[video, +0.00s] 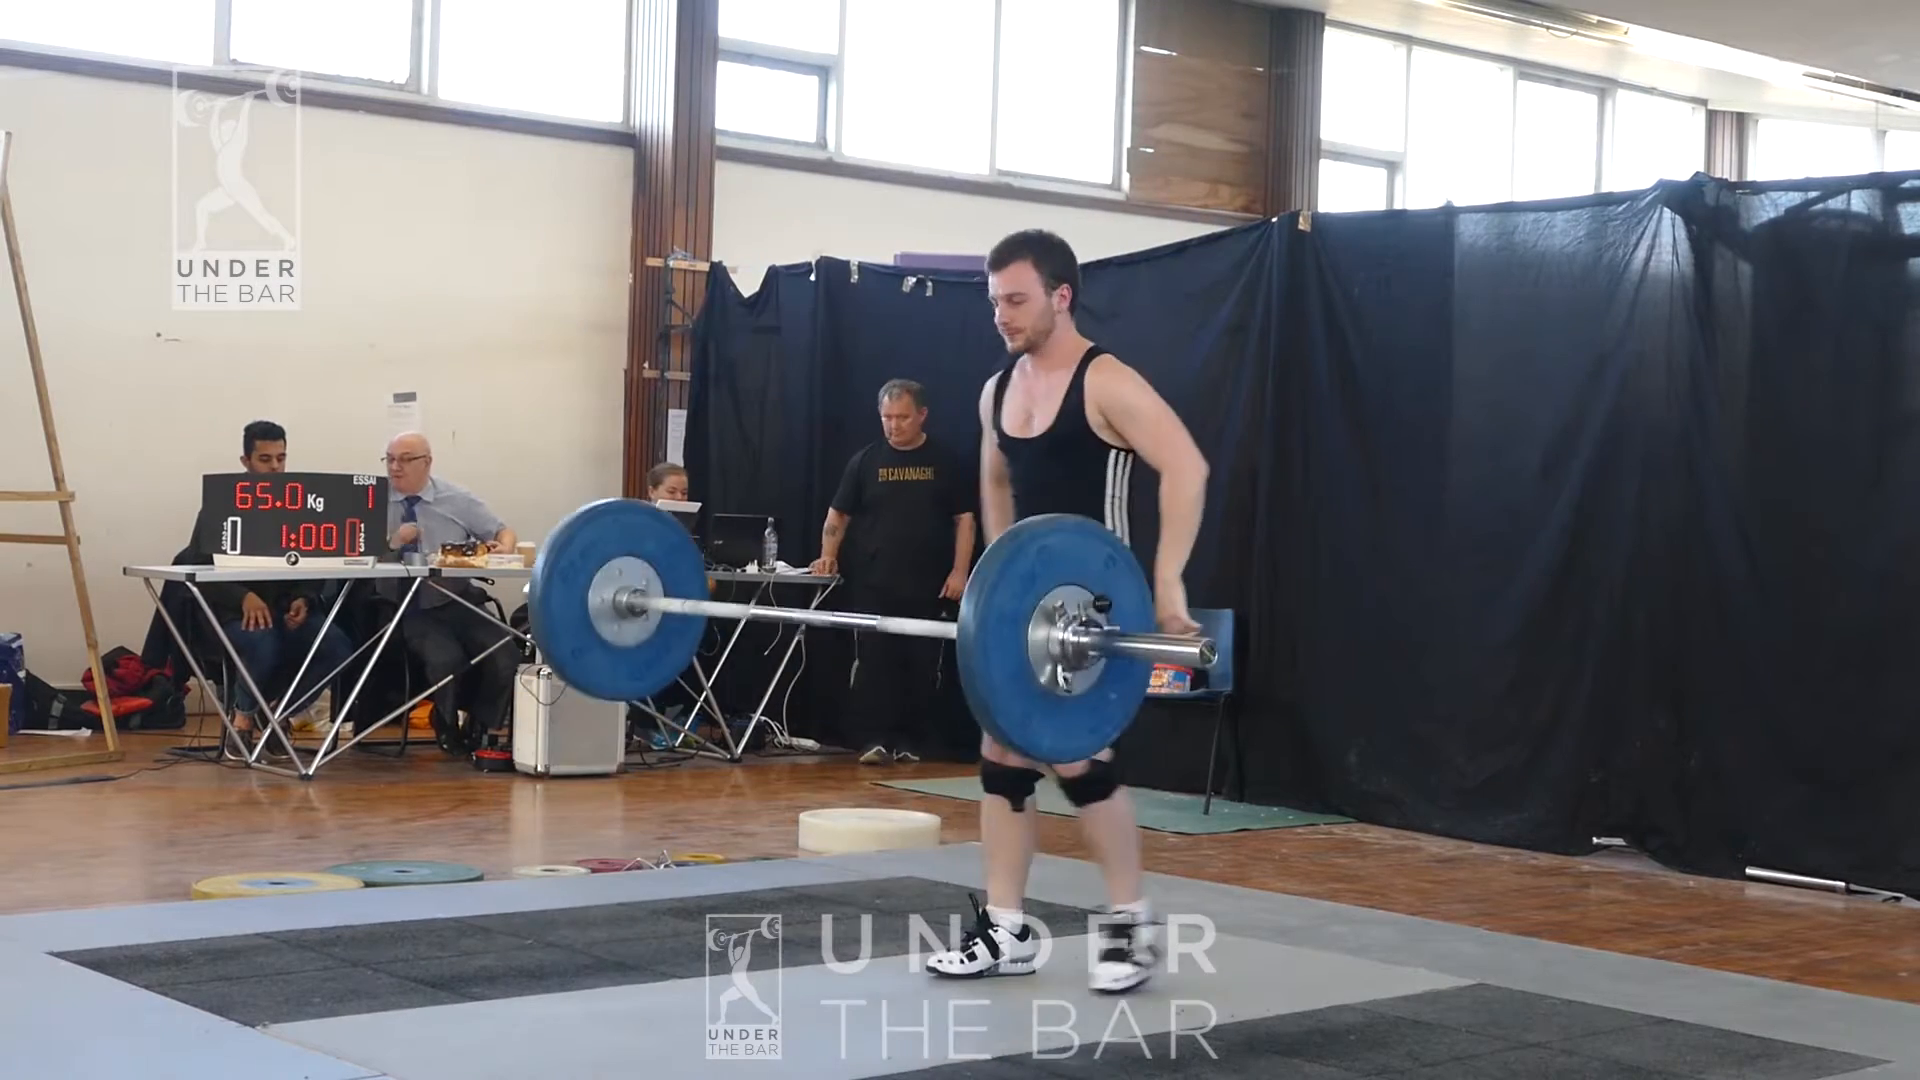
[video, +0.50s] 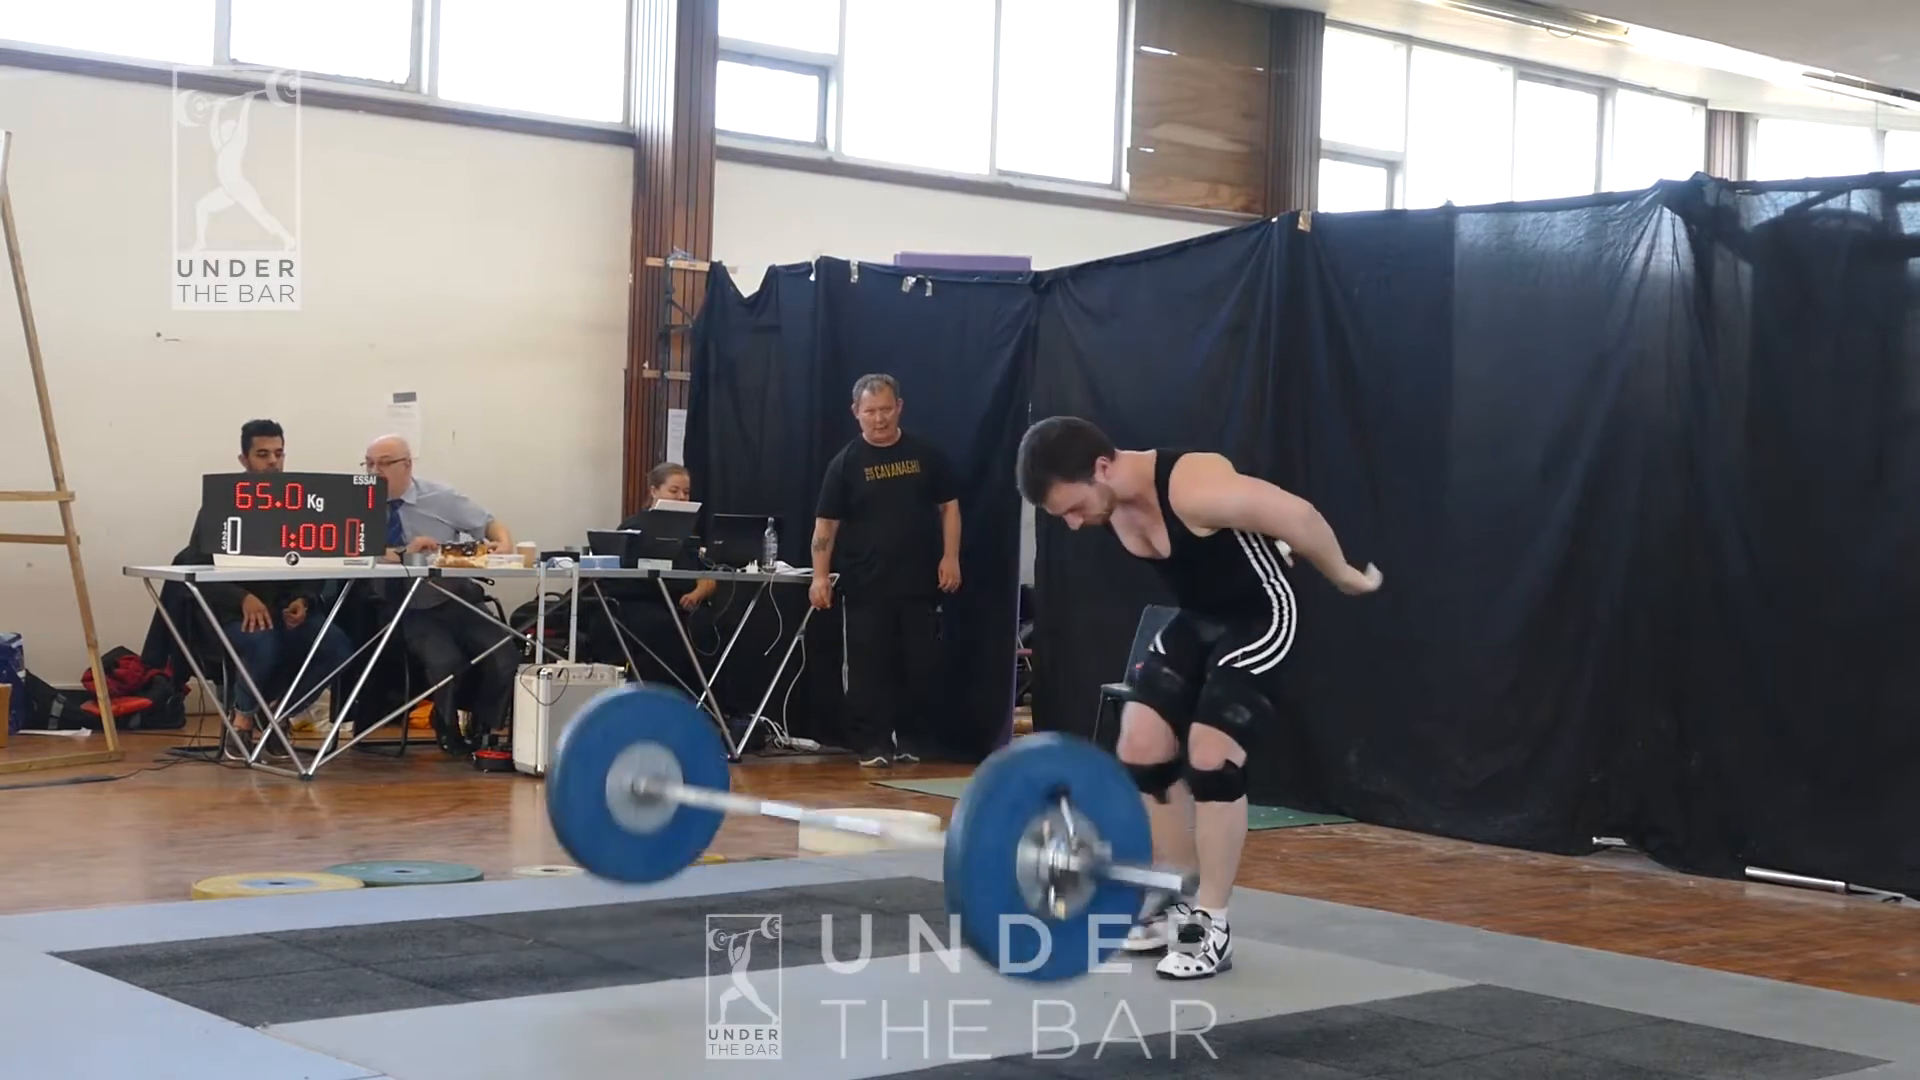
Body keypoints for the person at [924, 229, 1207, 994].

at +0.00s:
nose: (1002, 313)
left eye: (1016, 299)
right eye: (996, 300)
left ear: (1061, 296)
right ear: (995, 303)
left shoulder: (1106, 380)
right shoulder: (998, 390)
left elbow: (1185, 468)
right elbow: (996, 496)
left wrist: (1168, 583)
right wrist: (1002, 578)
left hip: (1095, 606)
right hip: (1017, 603)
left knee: (1081, 761)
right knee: (1003, 756)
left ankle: (1127, 923)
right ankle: (1005, 927)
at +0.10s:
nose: (1011, 346)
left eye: (1022, 329)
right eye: (1003, 331)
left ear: (1067, 316)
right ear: (1001, 327)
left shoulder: (1122, 393)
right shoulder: (1021, 400)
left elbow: (1215, 470)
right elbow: (1040, 497)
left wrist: (1195, 565)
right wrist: (1023, 585)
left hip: (1122, 607)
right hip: (1043, 601)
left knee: (1121, 767)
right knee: (1022, 761)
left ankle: (1190, 909)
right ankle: (1005, 926)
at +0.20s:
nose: (1024, 398)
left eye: (1031, 380)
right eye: (1014, 385)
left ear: (1072, 358)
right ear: (1009, 376)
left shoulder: (1144, 420)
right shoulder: (1041, 428)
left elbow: (1239, 481)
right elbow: (1086, 504)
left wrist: (1227, 556)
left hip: (1175, 614)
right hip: (1095, 611)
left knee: (1161, 773)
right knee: (1055, 756)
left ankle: (1204, 921)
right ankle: (1014, 922)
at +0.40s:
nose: (1065, 522)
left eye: (1066, 507)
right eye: (1053, 515)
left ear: (1093, 464)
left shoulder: (1185, 486)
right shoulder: (1095, 495)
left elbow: (1291, 504)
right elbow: (1175, 531)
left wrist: (1312, 554)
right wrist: (1250, 536)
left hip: (1244, 619)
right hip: (1173, 615)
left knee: (1201, 758)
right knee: (1114, 739)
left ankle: (1208, 926)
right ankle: (1104, 916)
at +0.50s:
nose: (1072, 524)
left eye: (1074, 509)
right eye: (1062, 516)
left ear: (1104, 469)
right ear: (1099, 469)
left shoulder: (1194, 490)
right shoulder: (1114, 495)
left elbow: (1300, 517)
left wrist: (1344, 574)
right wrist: (1266, 541)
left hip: (1262, 618)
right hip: (1196, 617)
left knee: (1210, 752)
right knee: (1143, 744)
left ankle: (1211, 925)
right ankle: (1173, 901)